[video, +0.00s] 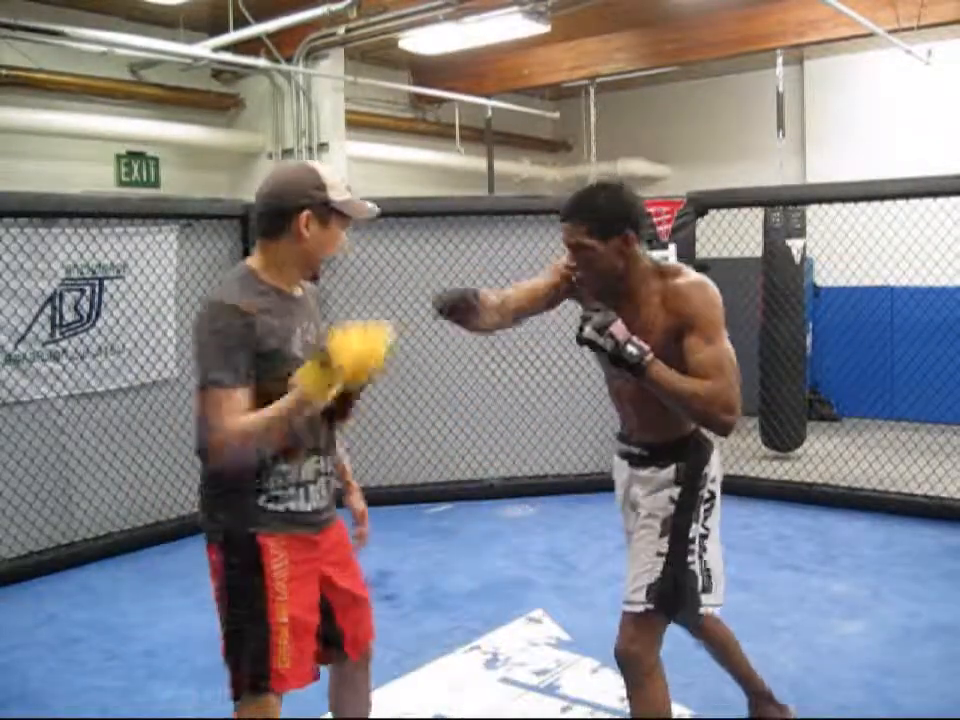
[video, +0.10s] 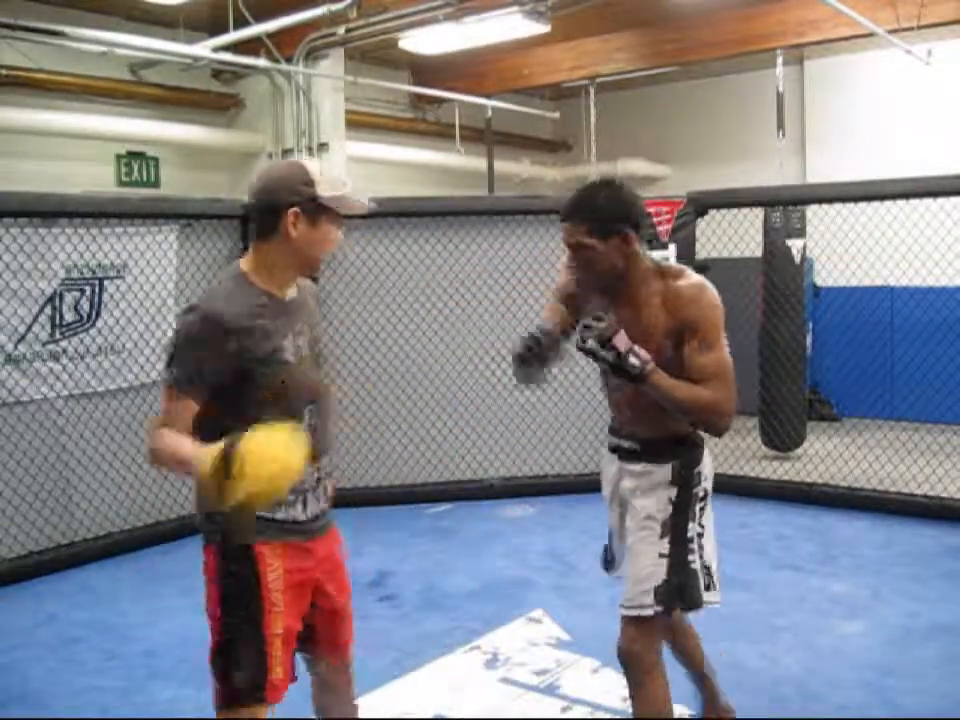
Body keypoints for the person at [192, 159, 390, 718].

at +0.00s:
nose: (343, 239)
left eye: (345, 226)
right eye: (339, 225)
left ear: (304, 227)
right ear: (303, 225)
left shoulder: (304, 298)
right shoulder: (228, 309)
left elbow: (309, 411)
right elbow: (222, 443)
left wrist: (347, 482)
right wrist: (306, 396)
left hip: (319, 519)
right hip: (255, 529)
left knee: (353, 651)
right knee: (261, 690)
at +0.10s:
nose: (339, 237)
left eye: (340, 222)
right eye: (332, 221)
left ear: (296, 225)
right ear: (293, 224)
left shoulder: (303, 296)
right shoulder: (214, 318)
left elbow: (290, 401)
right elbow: (164, 438)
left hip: (316, 530)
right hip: (251, 544)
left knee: (334, 670)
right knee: (246, 699)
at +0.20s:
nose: (326, 247)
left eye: (326, 233)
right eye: (319, 232)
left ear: (281, 235)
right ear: (280, 234)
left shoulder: (296, 309)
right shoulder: (192, 337)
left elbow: (290, 417)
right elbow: (150, 452)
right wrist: (177, 513)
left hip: (310, 557)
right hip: (240, 574)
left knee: (329, 690)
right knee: (243, 709)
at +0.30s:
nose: (323, 251)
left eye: (323, 237)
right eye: (316, 236)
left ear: (276, 236)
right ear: (277, 237)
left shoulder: (292, 305)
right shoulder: (179, 347)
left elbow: (282, 421)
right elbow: (142, 472)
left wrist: (292, 520)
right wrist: (192, 547)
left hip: (303, 556)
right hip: (226, 576)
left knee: (343, 691)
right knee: (226, 710)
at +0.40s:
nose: (332, 243)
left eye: (333, 228)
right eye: (327, 227)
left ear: (288, 227)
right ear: (291, 227)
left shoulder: (292, 295)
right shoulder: (191, 338)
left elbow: (283, 424)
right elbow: (147, 478)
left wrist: (306, 518)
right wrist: (249, 538)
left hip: (307, 561)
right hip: (224, 583)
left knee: (364, 701)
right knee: (225, 711)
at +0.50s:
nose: (350, 244)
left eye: (352, 228)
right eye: (348, 227)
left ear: (306, 227)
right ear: (317, 227)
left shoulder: (293, 301)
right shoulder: (219, 334)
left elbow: (275, 456)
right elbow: (181, 494)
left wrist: (343, 519)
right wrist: (313, 529)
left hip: (316, 579)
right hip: (236, 599)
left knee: (385, 708)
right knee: (224, 711)